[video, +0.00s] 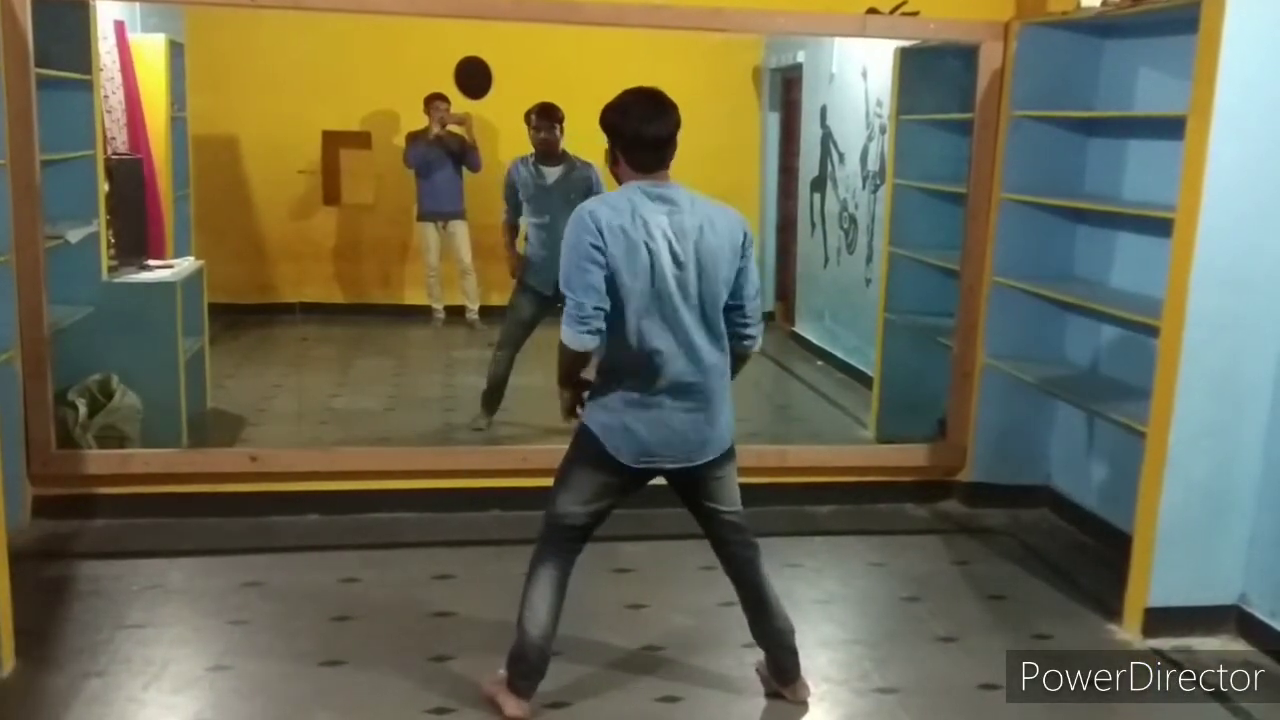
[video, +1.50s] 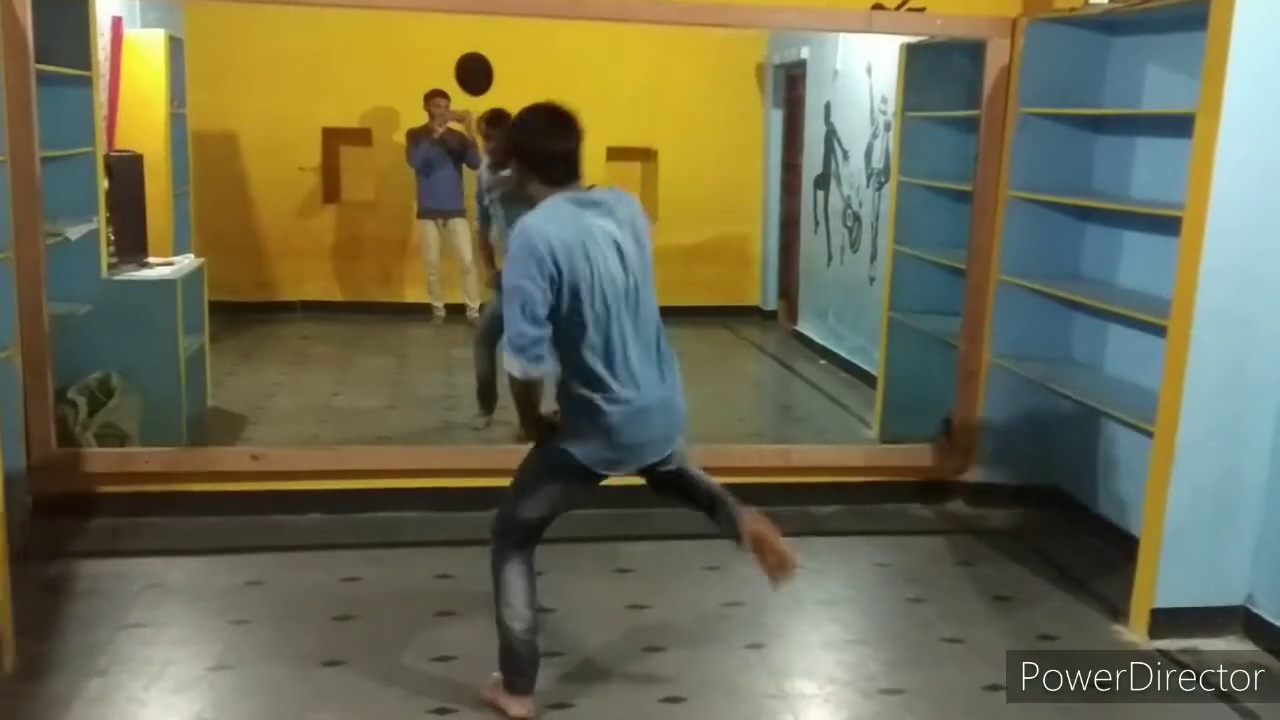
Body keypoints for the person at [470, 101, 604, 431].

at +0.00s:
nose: (545, 136)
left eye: (551, 129)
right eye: (538, 129)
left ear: (562, 130)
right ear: (529, 132)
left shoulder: (585, 173)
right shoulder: (519, 172)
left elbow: (601, 218)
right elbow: (512, 216)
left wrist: (597, 260)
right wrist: (511, 254)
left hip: (579, 274)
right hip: (537, 273)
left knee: (598, 343)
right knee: (507, 344)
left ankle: (597, 409)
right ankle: (486, 412)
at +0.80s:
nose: (532, 135)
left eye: (539, 128)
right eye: (526, 129)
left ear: (550, 130)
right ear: (517, 131)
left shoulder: (572, 166)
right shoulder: (509, 168)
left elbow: (588, 212)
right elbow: (504, 220)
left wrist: (586, 261)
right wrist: (510, 265)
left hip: (573, 271)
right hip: (531, 271)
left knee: (594, 340)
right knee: (502, 342)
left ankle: (593, 405)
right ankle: (487, 410)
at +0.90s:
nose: (523, 133)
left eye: (530, 125)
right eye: (519, 126)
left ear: (547, 125)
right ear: (516, 127)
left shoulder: (566, 162)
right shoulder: (508, 164)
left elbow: (582, 185)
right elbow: (502, 216)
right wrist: (505, 261)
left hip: (570, 272)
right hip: (528, 271)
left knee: (591, 342)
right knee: (500, 340)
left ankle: (588, 406)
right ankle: (486, 410)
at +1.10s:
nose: (534, 134)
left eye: (539, 127)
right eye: (528, 128)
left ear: (550, 128)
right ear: (519, 130)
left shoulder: (564, 159)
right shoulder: (509, 168)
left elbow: (571, 180)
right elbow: (504, 218)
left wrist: (534, 158)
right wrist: (507, 261)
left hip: (569, 272)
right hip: (530, 273)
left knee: (588, 340)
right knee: (502, 341)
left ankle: (585, 401)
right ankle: (487, 410)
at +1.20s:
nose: (539, 137)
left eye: (544, 130)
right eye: (532, 131)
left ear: (554, 131)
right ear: (521, 132)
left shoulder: (564, 166)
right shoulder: (511, 169)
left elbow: (538, 198)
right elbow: (503, 220)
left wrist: (511, 176)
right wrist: (509, 265)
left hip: (567, 274)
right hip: (531, 274)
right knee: (502, 339)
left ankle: (592, 407)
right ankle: (488, 409)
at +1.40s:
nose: (517, 135)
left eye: (523, 127)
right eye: (511, 128)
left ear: (534, 127)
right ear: (503, 130)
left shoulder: (548, 164)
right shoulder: (497, 162)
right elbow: (489, 219)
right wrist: (498, 265)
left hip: (552, 272)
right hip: (515, 272)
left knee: (569, 338)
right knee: (490, 336)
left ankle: (579, 403)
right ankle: (486, 409)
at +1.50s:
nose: (489, 146)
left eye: (495, 138)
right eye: (485, 138)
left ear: (512, 140)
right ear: (481, 140)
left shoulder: (531, 177)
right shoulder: (485, 179)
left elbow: (551, 217)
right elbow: (483, 230)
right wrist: (491, 271)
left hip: (546, 276)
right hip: (511, 278)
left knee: (563, 340)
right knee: (485, 335)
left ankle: (568, 408)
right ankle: (486, 407)